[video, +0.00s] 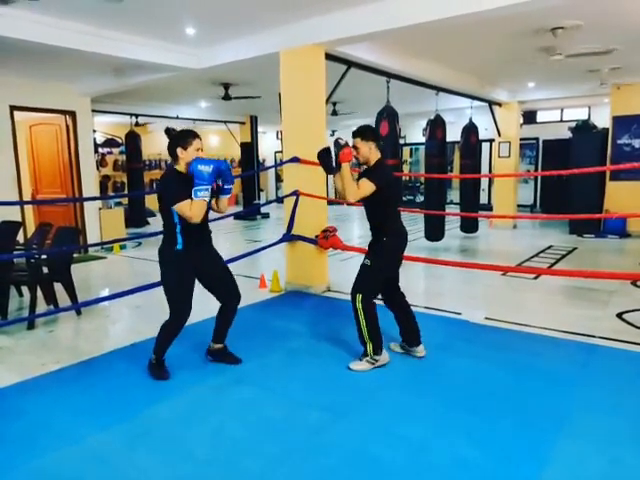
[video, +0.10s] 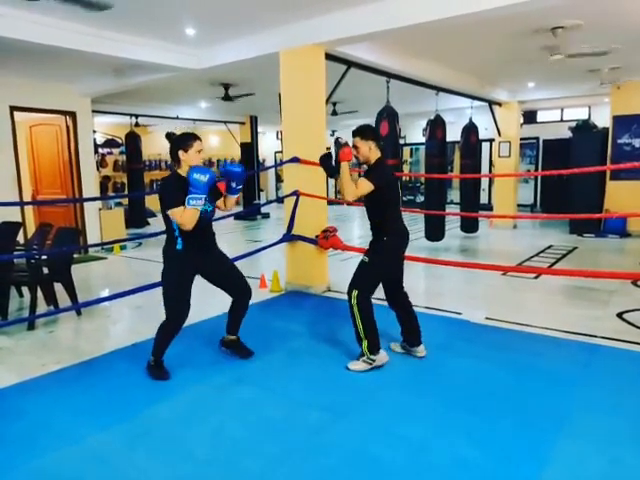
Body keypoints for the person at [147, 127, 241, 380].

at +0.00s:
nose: (201, 154)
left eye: (201, 150)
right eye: (197, 150)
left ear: (191, 152)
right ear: (180, 151)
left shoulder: (197, 177)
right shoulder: (169, 181)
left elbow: (221, 208)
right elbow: (194, 215)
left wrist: (224, 180)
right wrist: (204, 183)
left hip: (202, 251)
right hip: (176, 255)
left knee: (231, 297)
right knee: (180, 315)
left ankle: (217, 347)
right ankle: (157, 359)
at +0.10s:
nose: (202, 157)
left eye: (202, 152)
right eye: (198, 152)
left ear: (196, 154)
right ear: (181, 154)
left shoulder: (203, 179)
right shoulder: (169, 185)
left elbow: (227, 206)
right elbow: (187, 222)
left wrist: (234, 185)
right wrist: (198, 190)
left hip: (207, 253)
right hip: (179, 258)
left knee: (242, 292)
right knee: (177, 316)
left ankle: (231, 338)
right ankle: (155, 360)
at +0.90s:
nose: (241, 166)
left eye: (240, 161)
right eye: (236, 162)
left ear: (228, 165)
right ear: (222, 165)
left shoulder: (234, 189)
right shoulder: (218, 191)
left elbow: (246, 220)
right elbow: (241, 224)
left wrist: (253, 198)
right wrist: (251, 198)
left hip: (241, 257)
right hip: (221, 260)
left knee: (275, 291)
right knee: (222, 314)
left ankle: (267, 338)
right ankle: (188, 342)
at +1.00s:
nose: (243, 159)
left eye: (242, 155)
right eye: (238, 155)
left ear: (237, 159)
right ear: (224, 159)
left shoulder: (246, 180)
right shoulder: (210, 188)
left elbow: (276, 192)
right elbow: (227, 220)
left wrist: (285, 171)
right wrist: (237, 190)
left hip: (243, 250)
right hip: (217, 254)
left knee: (277, 290)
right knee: (214, 308)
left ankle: (272, 333)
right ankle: (186, 343)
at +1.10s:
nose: (250, 154)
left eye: (249, 150)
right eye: (245, 150)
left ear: (246, 153)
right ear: (230, 154)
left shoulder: (254, 174)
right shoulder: (218, 181)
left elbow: (286, 177)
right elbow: (225, 212)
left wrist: (309, 161)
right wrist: (237, 183)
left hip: (249, 245)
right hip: (223, 246)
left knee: (272, 289)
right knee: (214, 299)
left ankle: (279, 333)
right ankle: (188, 342)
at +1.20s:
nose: (258, 149)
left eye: (257, 144)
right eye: (253, 146)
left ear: (251, 150)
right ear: (239, 151)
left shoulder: (259, 176)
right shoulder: (232, 175)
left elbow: (277, 204)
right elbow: (250, 192)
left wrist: (291, 187)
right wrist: (265, 167)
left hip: (256, 242)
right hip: (231, 243)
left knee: (273, 289)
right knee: (215, 292)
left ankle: (278, 334)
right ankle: (191, 338)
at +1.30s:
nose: (261, 149)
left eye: (260, 145)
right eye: (256, 147)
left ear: (250, 150)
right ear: (243, 152)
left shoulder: (255, 171)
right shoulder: (252, 169)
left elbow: (261, 210)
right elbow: (291, 166)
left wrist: (277, 196)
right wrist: (316, 152)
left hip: (255, 242)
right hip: (234, 242)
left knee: (272, 287)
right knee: (222, 291)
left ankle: (278, 333)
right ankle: (194, 330)